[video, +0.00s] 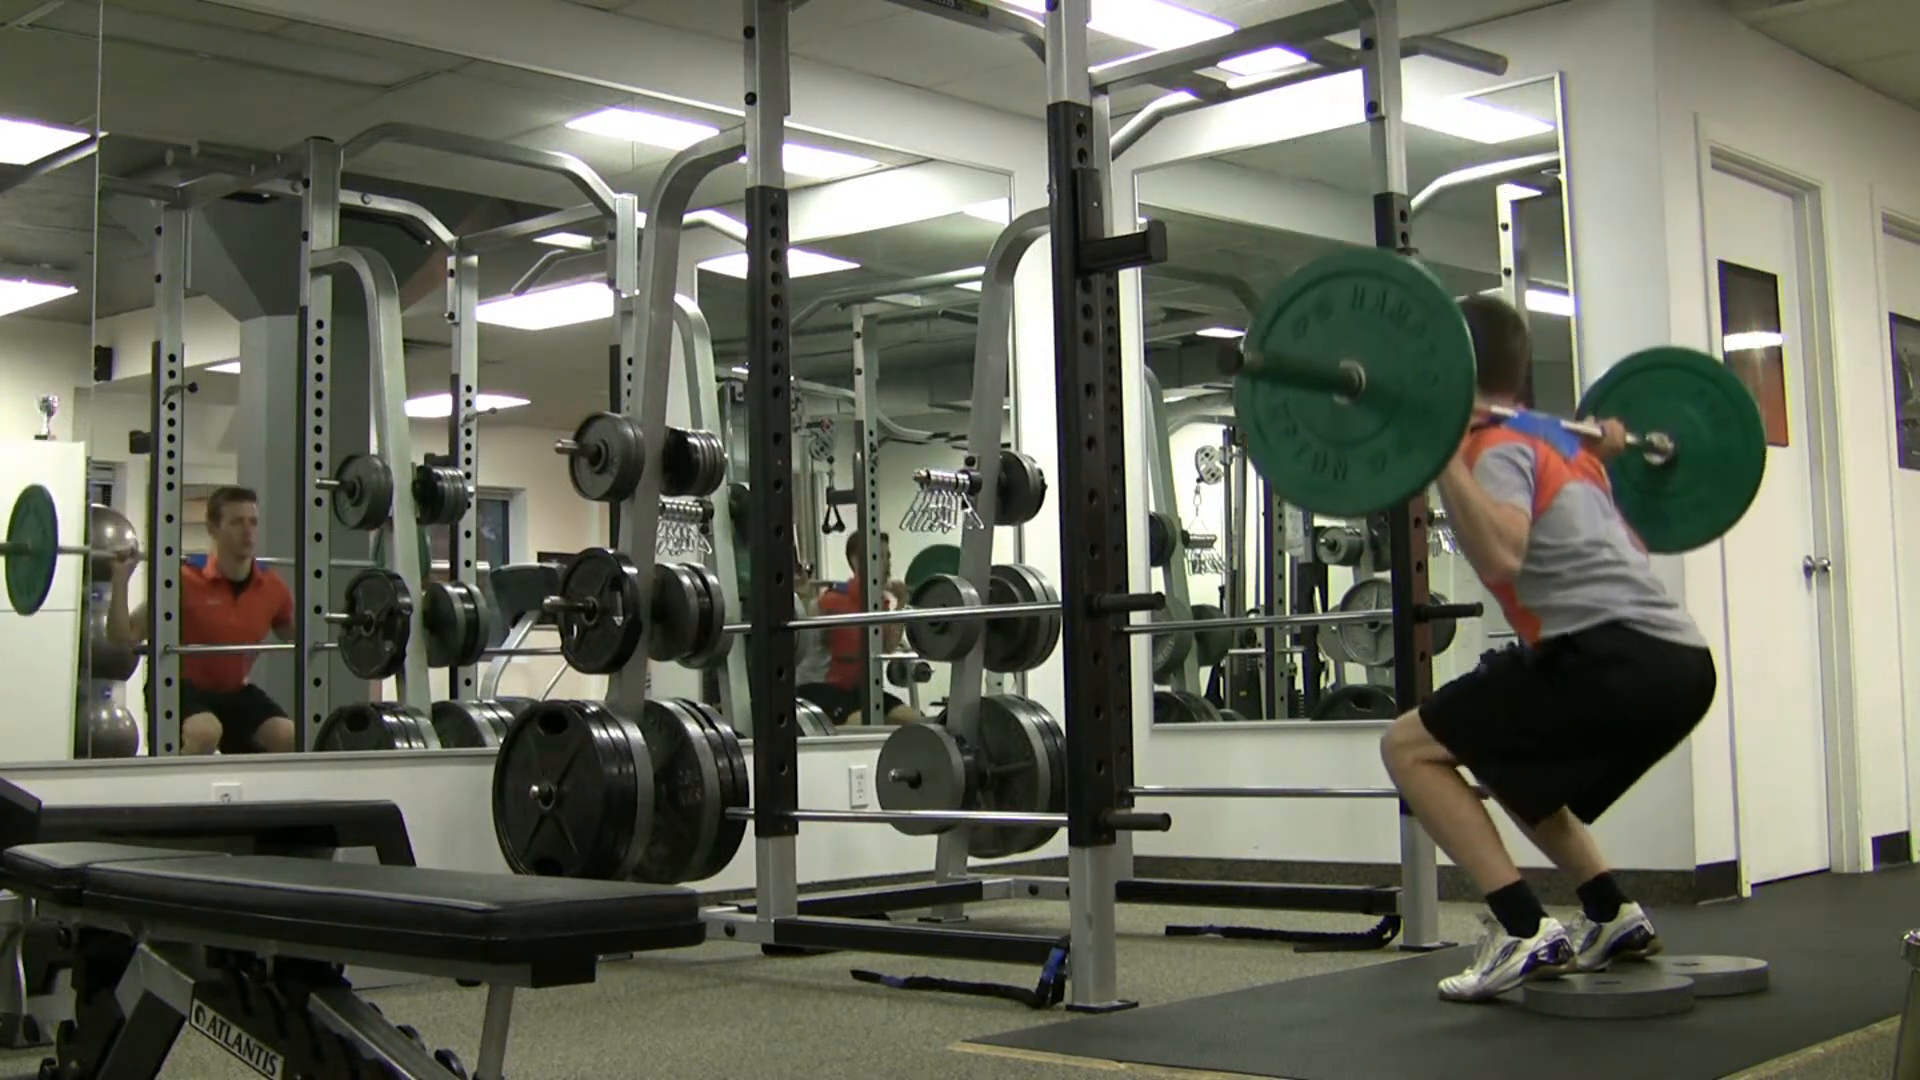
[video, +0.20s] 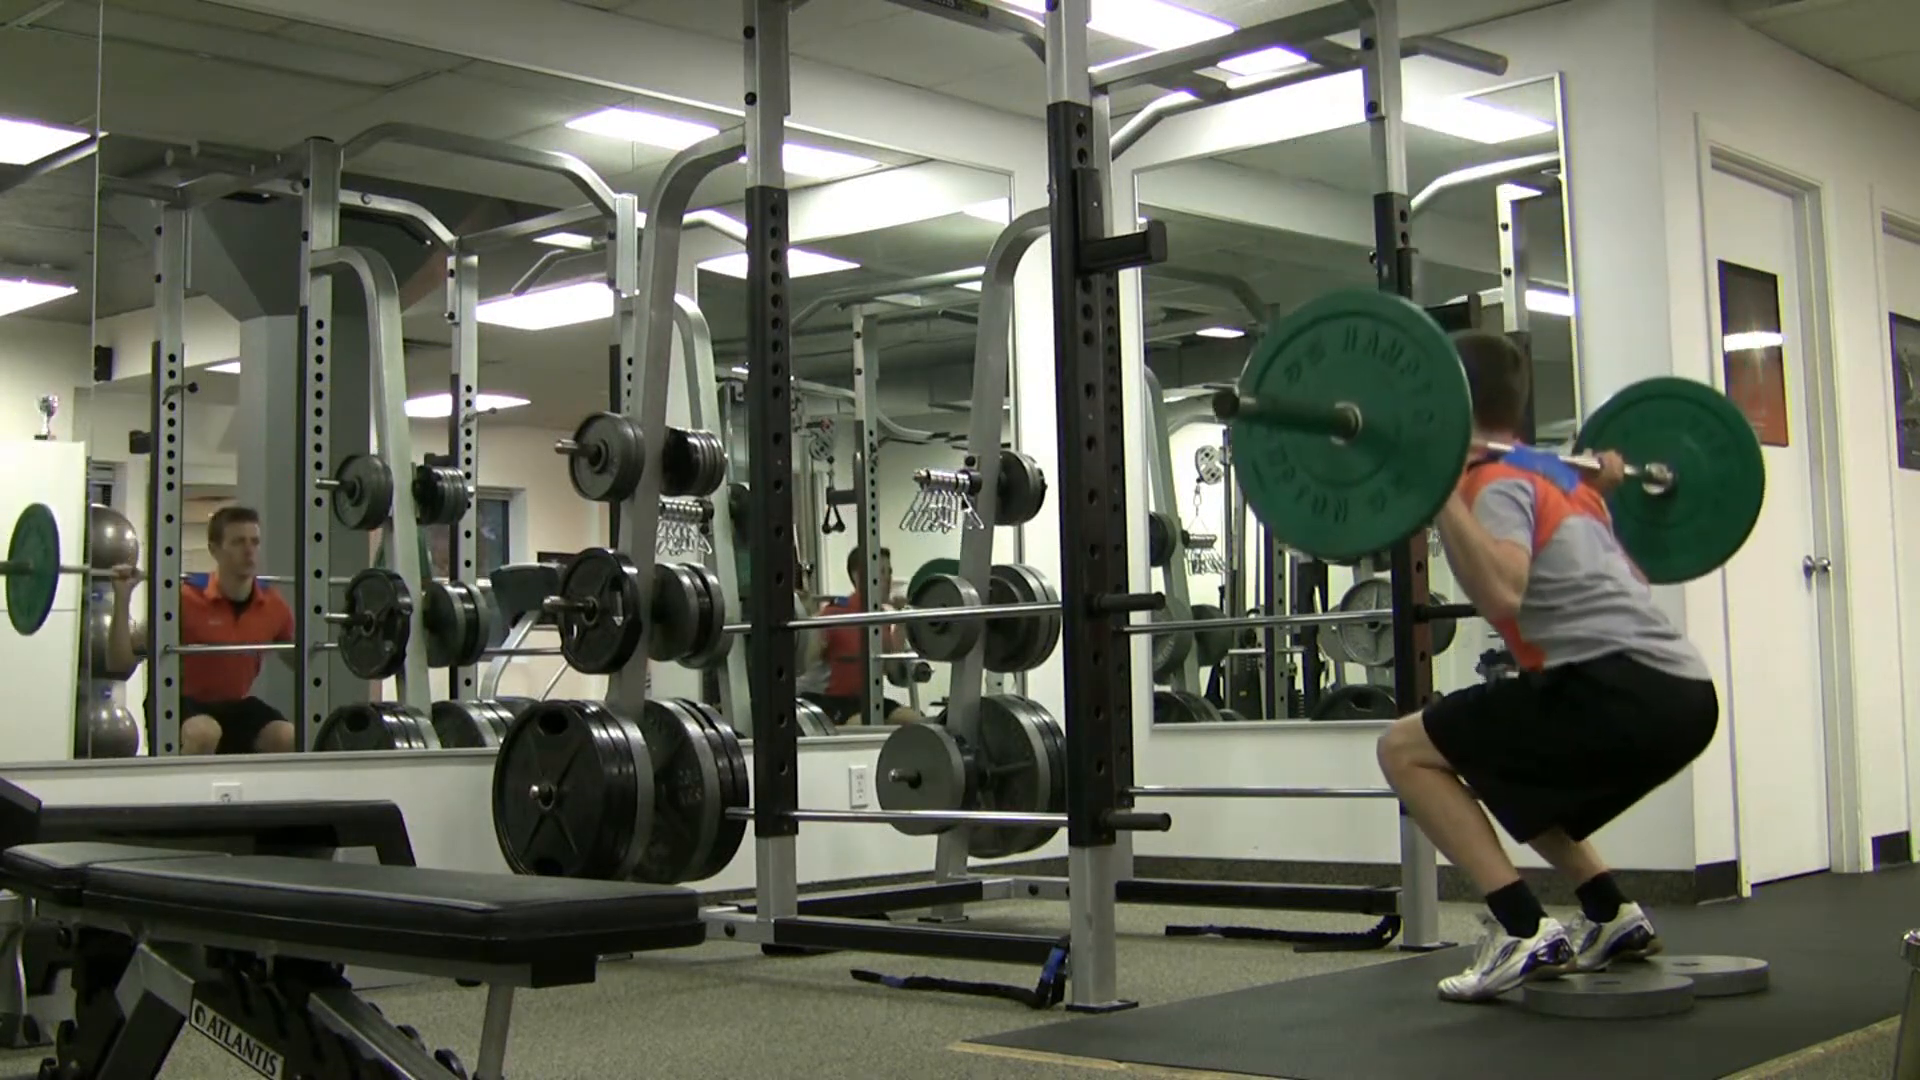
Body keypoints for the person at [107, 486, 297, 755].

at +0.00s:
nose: (248, 531)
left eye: (253, 522)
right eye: (237, 523)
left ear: (259, 526)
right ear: (213, 528)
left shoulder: (272, 588)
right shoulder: (183, 579)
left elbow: (302, 647)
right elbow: (124, 639)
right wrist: (120, 579)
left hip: (235, 693)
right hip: (181, 689)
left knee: (287, 737)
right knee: (205, 732)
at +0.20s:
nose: (249, 551)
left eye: (255, 542)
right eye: (239, 542)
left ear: (261, 546)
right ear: (214, 549)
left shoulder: (272, 605)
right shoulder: (183, 599)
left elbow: (303, 663)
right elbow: (121, 664)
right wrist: (122, 594)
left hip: (236, 705)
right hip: (183, 703)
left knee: (286, 738)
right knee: (204, 734)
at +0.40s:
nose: (250, 564)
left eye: (256, 555)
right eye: (240, 555)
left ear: (263, 560)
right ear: (215, 560)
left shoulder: (273, 617)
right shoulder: (185, 611)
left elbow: (306, 678)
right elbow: (121, 673)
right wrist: (123, 608)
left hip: (240, 715)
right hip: (186, 712)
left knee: (289, 740)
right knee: (205, 735)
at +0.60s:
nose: (251, 562)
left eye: (257, 553)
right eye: (241, 553)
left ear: (264, 557)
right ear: (216, 559)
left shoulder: (273, 614)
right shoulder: (185, 609)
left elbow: (306, 677)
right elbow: (120, 670)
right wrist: (124, 603)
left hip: (240, 714)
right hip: (185, 711)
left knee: (289, 739)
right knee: (207, 735)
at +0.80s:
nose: (251, 541)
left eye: (257, 532)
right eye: (240, 533)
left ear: (264, 537)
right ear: (216, 539)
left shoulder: (275, 595)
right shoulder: (185, 589)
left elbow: (304, 650)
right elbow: (120, 652)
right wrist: (125, 584)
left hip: (242, 698)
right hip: (189, 695)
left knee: (288, 736)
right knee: (209, 734)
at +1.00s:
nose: (251, 513)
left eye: (257, 503)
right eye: (239, 504)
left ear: (264, 508)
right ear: (216, 511)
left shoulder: (274, 568)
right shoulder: (185, 562)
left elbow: (309, 631)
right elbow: (121, 621)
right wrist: (126, 561)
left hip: (240, 678)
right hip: (187, 675)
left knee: (285, 733)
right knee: (207, 729)